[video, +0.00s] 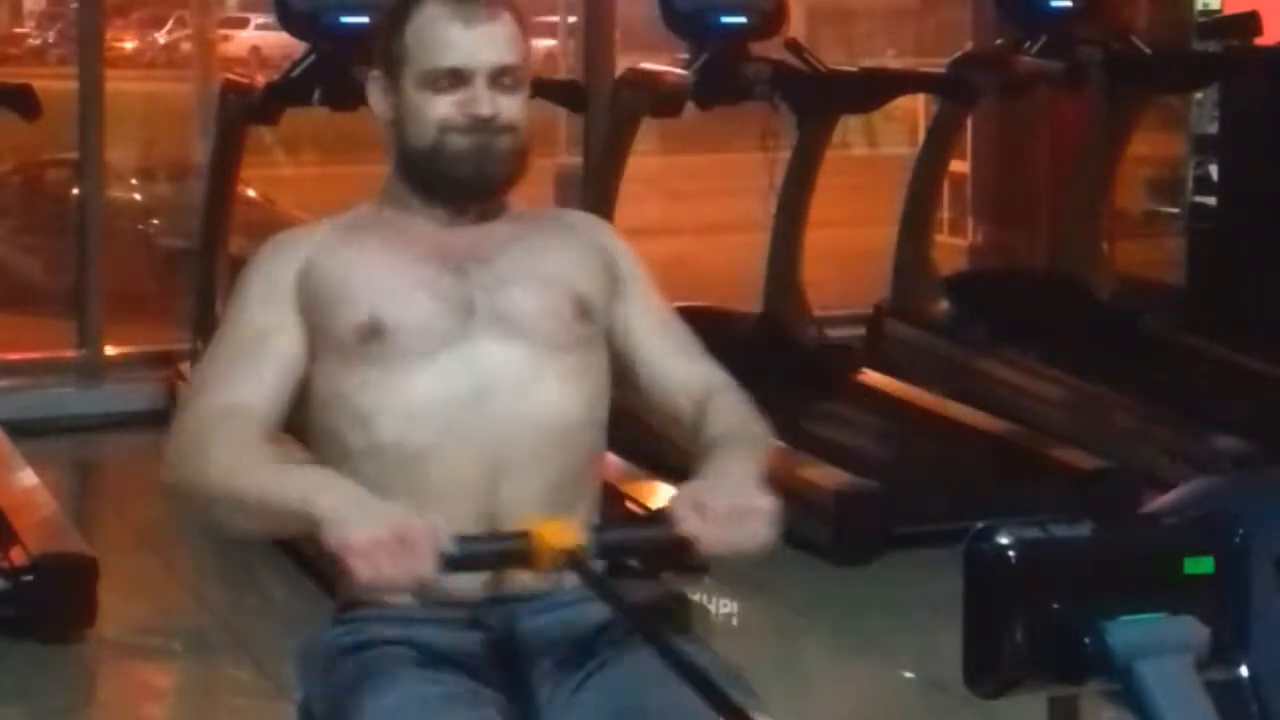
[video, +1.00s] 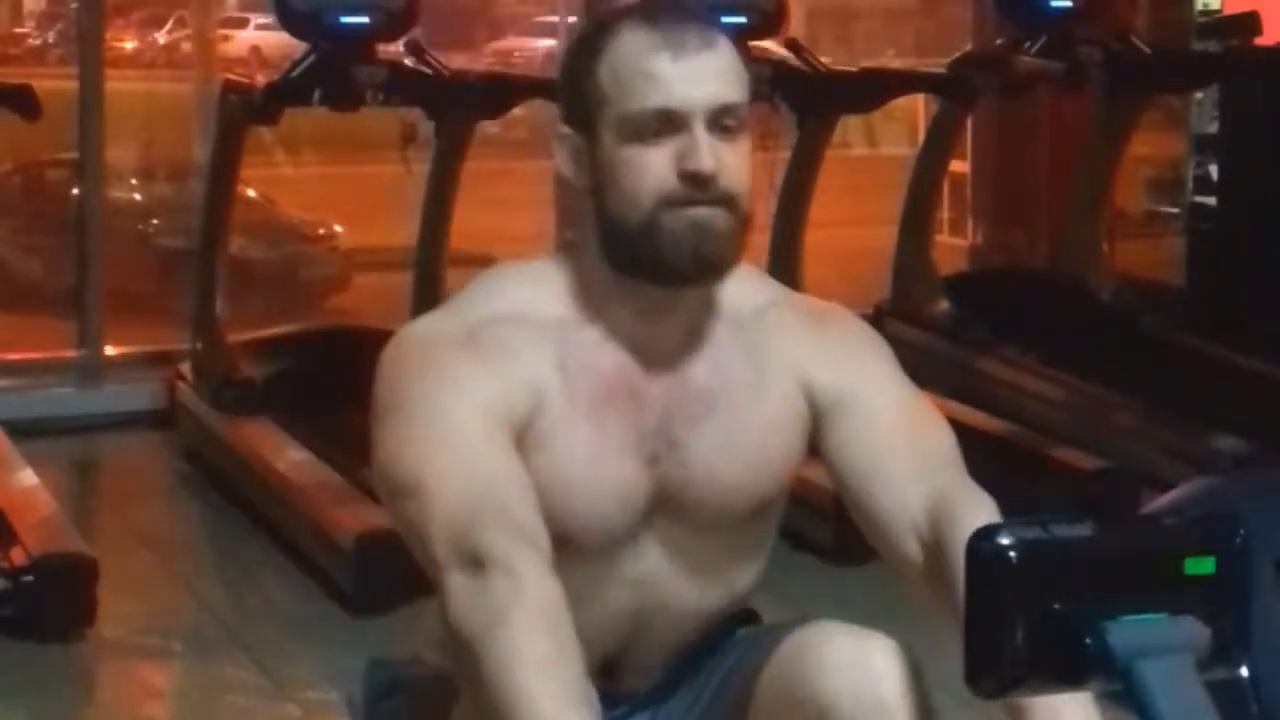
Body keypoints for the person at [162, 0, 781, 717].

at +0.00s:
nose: (485, 107)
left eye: (506, 83)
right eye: (449, 83)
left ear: (529, 98)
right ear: (383, 98)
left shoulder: (587, 251)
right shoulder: (305, 264)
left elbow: (713, 404)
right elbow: (205, 448)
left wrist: (733, 472)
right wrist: (337, 501)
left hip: (587, 621)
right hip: (400, 632)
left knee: (703, 706)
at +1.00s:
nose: (702, 165)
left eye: (726, 127)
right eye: (655, 131)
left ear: (754, 145)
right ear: (571, 151)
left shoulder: (821, 345)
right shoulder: (453, 364)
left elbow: (944, 523)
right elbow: (499, 586)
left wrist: (1059, 697)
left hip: (701, 674)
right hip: (510, 686)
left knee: (860, 671)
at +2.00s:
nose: (495, 158)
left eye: (519, 130)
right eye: (462, 128)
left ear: (545, 121)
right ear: (402, 110)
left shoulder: (593, 251)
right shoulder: (307, 266)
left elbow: (714, 405)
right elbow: (176, 458)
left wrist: (709, 483)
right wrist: (323, 524)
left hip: (598, 610)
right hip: (408, 623)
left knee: (743, 711)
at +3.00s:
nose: (627, 113)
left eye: (654, 81)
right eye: (583, 82)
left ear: (683, 106)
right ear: (511, 113)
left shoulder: (746, 299)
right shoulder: (404, 301)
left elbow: (889, 467)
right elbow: (419, 513)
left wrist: (1004, 652)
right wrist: (550, 698)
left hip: (655, 641)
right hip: (455, 652)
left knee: (836, 682)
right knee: (492, 715)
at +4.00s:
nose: (579, 100)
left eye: (602, 73)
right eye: (539, 74)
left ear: (625, 91)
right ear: (468, 93)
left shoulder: (681, 272)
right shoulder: (371, 274)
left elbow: (831, 415)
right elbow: (292, 460)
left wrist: (871, 537)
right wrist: (450, 593)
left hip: (631, 647)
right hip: (434, 653)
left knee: (817, 706)